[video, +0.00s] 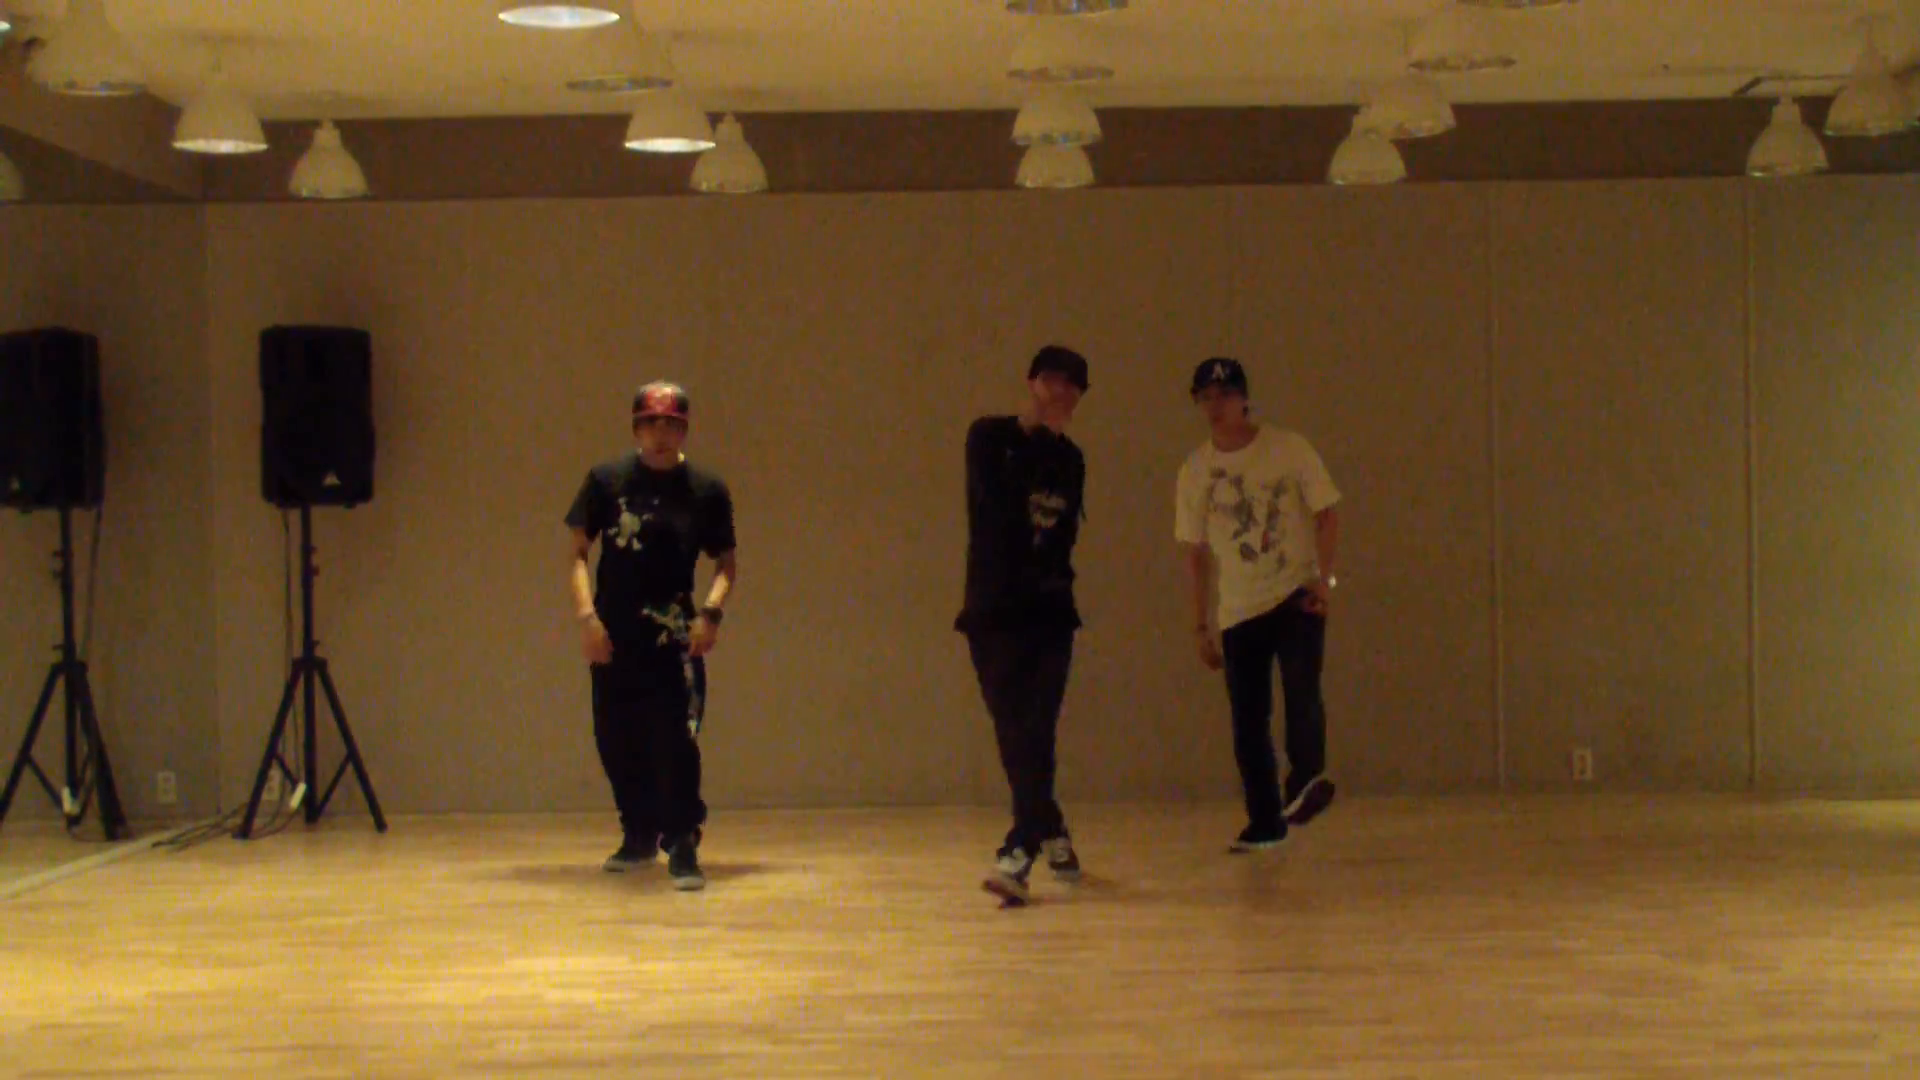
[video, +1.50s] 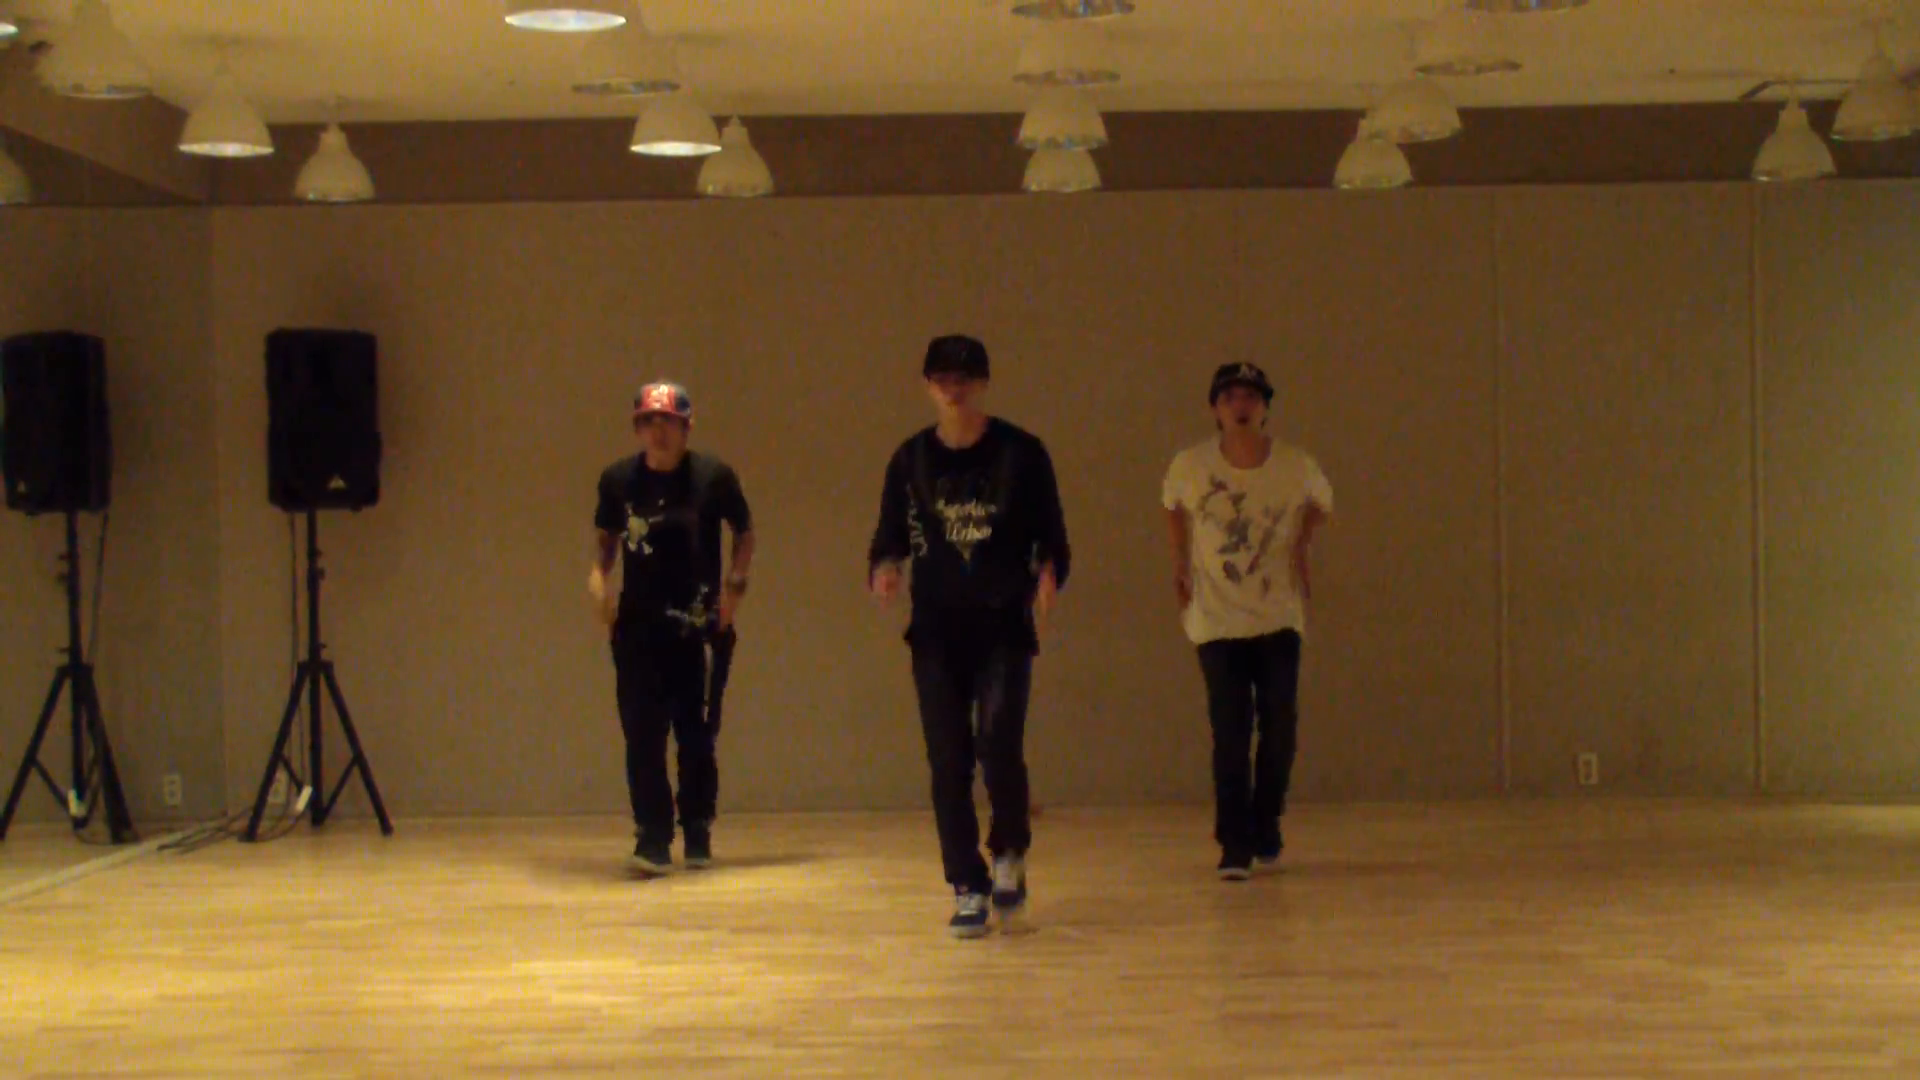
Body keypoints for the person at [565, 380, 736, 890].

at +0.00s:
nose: (660, 434)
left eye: (670, 425)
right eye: (650, 424)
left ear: (685, 431)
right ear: (635, 430)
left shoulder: (706, 492)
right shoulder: (606, 483)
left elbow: (725, 563)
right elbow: (577, 553)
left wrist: (711, 613)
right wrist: (587, 616)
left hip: (674, 639)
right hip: (616, 636)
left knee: (676, 741)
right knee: (619, 741)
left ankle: (683, 845)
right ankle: (638, 836)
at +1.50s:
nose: (658, 429)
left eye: (667, 420)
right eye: (650, 421)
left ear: (686, 425)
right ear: (637, 427)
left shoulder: (714, 478)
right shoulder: (619, 480)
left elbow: (744, 531)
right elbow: (606, 540)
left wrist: (733, 589)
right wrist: (601, 582)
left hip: (699, 631)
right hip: (638, 628)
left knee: (696, 737)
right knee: (643, 739)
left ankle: (698, 830)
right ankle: (652, 839)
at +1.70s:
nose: (654, 439)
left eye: (663, 431)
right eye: (644, 431)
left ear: (681, 440)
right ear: (632, 440)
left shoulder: (704, 493)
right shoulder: (610, 494)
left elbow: (726, 568)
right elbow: (588, 572)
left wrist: (705, 537)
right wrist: (594, 537)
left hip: (680, 629)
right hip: (624, 630)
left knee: (659, 709)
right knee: (625, 736)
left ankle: (682, 802)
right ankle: (651, 841)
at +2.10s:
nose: (640, 465)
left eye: (650, 456)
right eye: (631, 456)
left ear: (667, 465)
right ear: (617, 466)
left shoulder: (679, 519)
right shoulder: (600, 514)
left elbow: (695, 505)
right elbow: (579, 505)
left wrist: (711, 481)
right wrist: (562, 489)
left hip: (662, 637)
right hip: (604, 642)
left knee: (643, 700)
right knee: (603, 751)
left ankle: (617, 783)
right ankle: (652, 832)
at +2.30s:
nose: (620, 452)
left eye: (630, 443)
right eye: (610, 444)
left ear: (648, 453)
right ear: (598, 455)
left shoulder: (681, 508)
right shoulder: (578, 513)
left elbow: (746, 553)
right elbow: (523, 562)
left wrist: (807, 595)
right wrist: (488, 582)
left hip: (661, 647)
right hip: (601, 645)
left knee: (637, 745)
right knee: (583, 745)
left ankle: (649, 868)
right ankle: (595, 867)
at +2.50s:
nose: (624, 458)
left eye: (635, 448)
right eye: (614, 448)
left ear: (652, 460)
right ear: (599, 457)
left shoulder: (674, 530)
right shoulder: (571, 512)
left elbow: (697, 617)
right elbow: (563, 580)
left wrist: (712, 695)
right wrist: (605, 582)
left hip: (649, 663)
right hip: (593, 657)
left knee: (617, 769)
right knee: (562, 757)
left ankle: (645, 871)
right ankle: (673, 760)